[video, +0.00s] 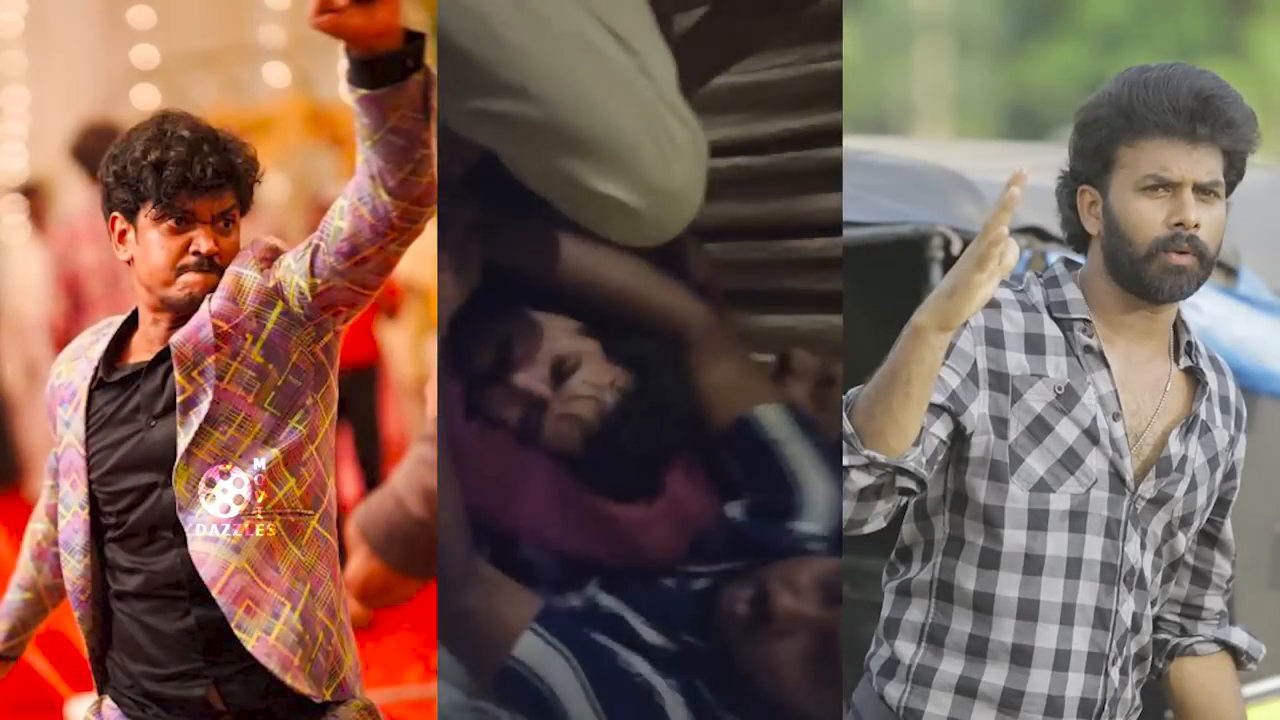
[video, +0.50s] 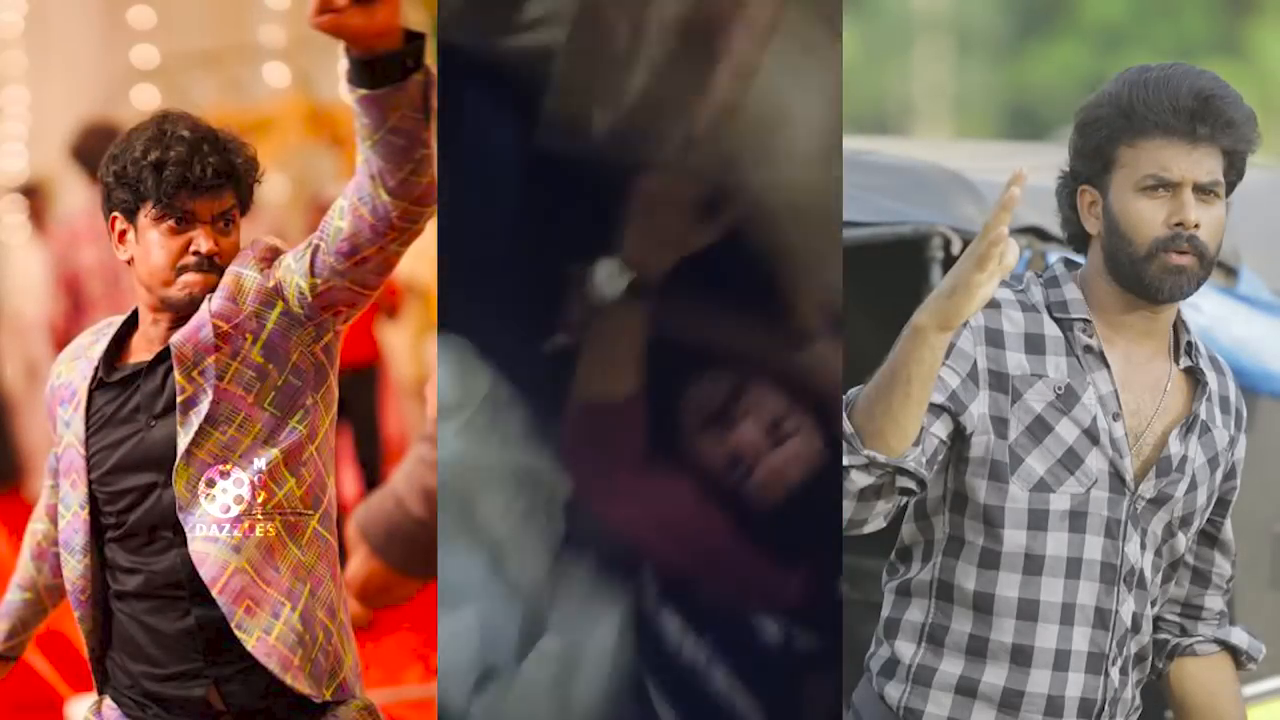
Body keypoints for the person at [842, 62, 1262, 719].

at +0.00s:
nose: (1187, 217)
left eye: (1207, 194)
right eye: (1157, 190)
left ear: (1227, 209)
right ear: (1092, 208)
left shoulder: (1219, 397)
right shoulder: (985, 328)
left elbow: (1193, 615)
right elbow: (857, 504)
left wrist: (1224, 711)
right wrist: (932, 325)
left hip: (1105, 709)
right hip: (936, 701)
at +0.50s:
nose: (1187, 217)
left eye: (1207, 194)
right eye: (1157, 190)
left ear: (1227, 208)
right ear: (1092, 208)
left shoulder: (1219, 397)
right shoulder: (984, 329)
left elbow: (1193, 617)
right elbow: (854, 506)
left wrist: (1226, 711)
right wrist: (932, 326)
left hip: (1106, 709)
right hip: (936, 702)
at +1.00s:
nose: (1187, 217)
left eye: (1207, 194)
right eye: (1157, 190)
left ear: (1227, 208)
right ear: (1092, 208)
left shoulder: (1219, 398)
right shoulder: (984, 329)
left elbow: (1193, 618)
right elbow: (851, 507)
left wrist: (1226, 711)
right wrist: (932, 327)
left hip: (1106, 709)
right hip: (937, 702)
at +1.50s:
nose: (1187, 217)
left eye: (1207, 194)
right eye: (1157, 190)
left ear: (1227, 208)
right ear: (1092, 208)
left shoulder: (1219, 398)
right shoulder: (984, 329)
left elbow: (1193, 615)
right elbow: (851, 508)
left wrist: (1225, 711)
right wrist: (931, 328)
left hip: (1105, 709)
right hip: (934, 702)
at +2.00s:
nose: (1187, 217)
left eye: (1207, 194)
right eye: (1157, 190)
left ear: (1227, 208)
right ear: (1092, 207)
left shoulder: (1219, 398)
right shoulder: (984, 329)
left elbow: (1193, 617)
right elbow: (850, 508)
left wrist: (1225, 711)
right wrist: (931, 327)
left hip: (1105, 709)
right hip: (935, 702)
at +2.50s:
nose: (1187, 217)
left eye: (1207, 194)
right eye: (1157, 190)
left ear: (1227, 208)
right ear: (1092, 207)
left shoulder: (1219, 398)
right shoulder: (984, 329)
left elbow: (1193, 617)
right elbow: (851, 507)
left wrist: (1225, 711)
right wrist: (931, 327)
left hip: (1105, 709)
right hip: (934, 702)